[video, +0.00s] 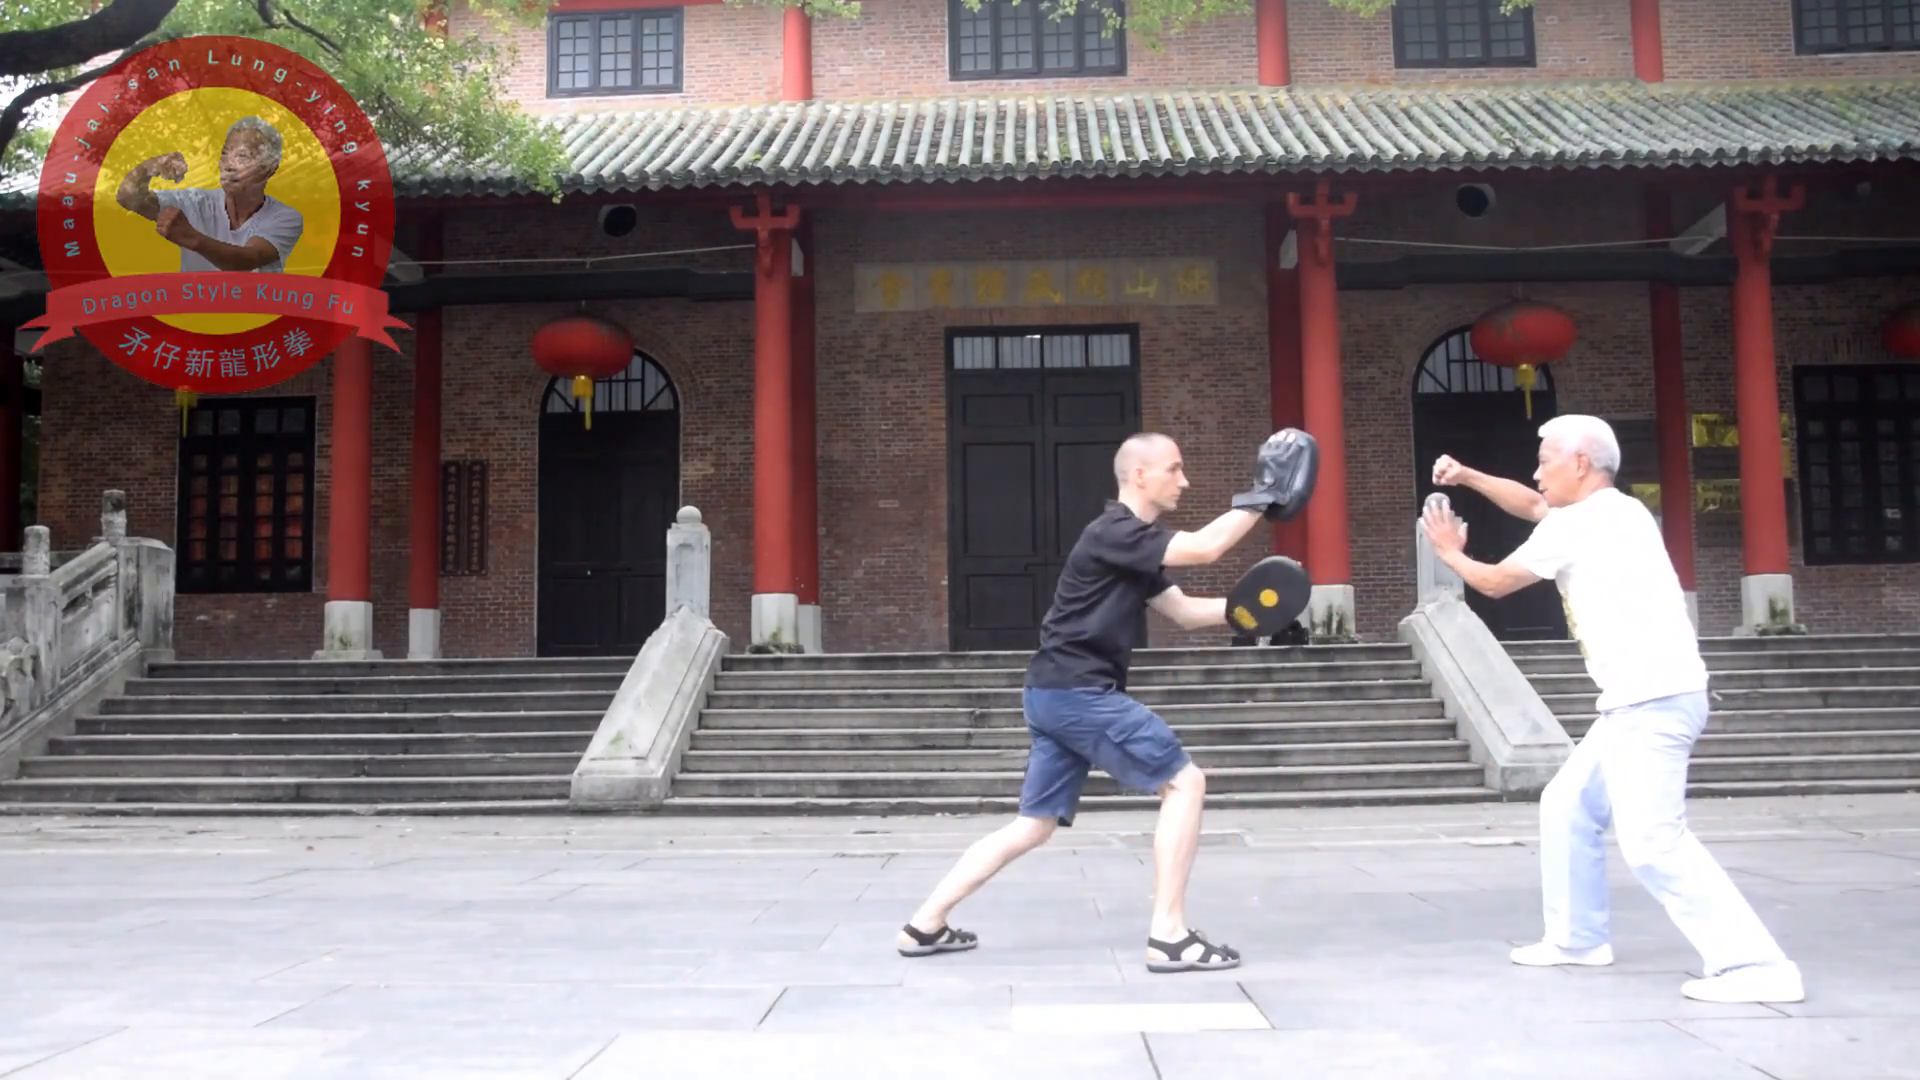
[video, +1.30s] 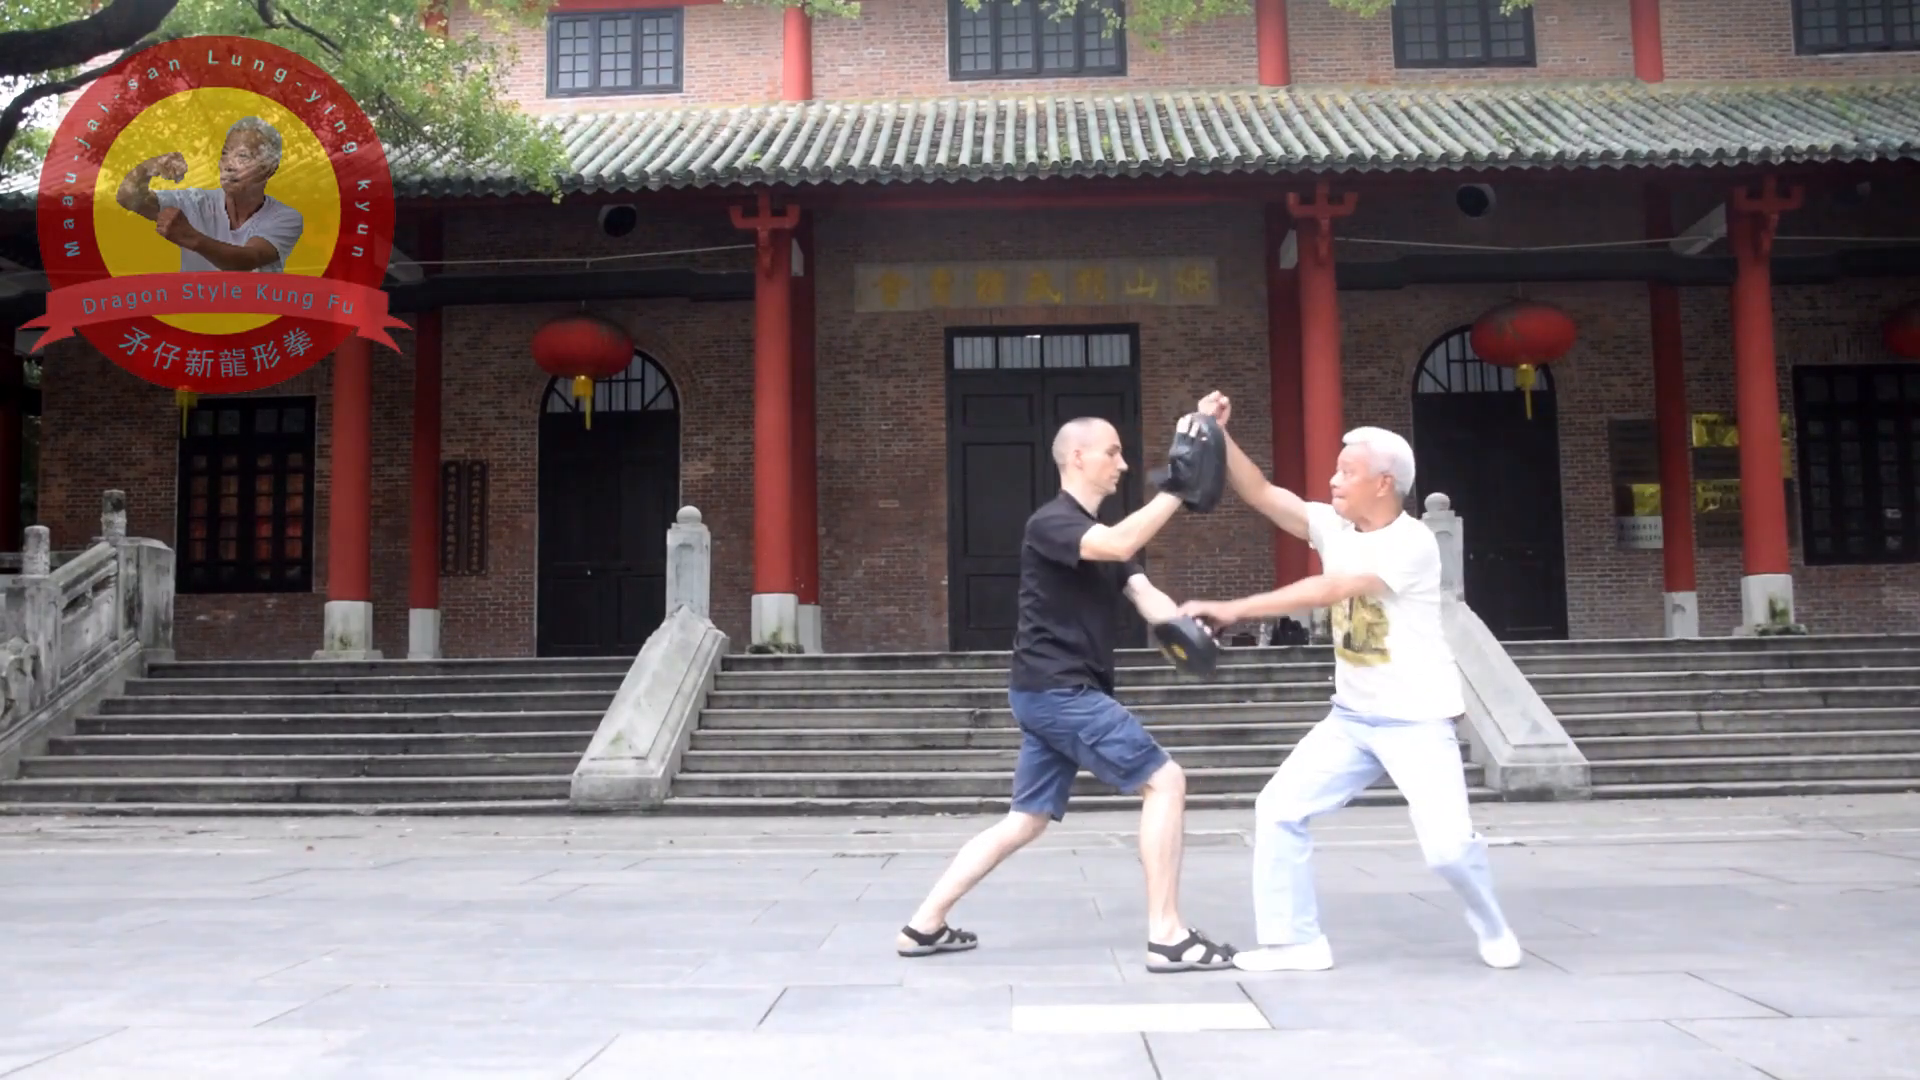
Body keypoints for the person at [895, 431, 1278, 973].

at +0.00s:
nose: (1184, 480)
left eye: (1183, 469)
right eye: (1175, 470)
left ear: (1142, 480)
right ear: (1139, 477)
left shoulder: (1125, 537)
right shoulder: (1116, 530)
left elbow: (1183, 611)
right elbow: (1205, 547)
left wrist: (1257, 609)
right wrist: (1261, 496)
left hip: (1053, 691)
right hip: (1076, 690)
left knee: (1033, 826)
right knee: (1185, 783)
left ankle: (925, 923)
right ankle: (1169, 935)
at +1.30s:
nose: (1124, 463)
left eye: (1122, 454)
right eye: (1114, 453)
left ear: (1088, 460)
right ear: (1078, 459)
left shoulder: (1103, 530)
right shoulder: (1050, 521)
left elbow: (1143, 594)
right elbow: (1118, 543)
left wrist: (1182, 625)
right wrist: (1180, 483)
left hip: (1056, 688)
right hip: (1056, 687)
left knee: (1025, 821)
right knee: (1165, 783)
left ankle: (924, 924)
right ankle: (1168, 935)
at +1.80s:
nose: (1084, 457)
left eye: (1082, 446)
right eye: (1073, 447)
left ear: (1043, 457)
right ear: (1037, 455)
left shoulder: (1037, 516)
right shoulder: (1024, 511)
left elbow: (1057, 608)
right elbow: (1052, 583)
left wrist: (1126, 622)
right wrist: (1118, 541)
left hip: (1019, 687)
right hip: (1036, 686)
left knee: (1070, 817)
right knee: (1135, 785)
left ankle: (958, 894)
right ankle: (1167, 937)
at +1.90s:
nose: (1059, 456)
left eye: (1059, 446)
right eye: (1049, 446)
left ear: (1022, 450)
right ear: (1014, 449)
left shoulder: (1015, 514)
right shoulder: (993, 509)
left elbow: (1038, 610)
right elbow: (1006, 595)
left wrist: (1109, 586)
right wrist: (1085, 574)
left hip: (1010, 683)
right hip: (996, 684)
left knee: (1053, 809)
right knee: (1082, 792)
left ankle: (953, 909)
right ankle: (1150, 930)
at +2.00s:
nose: (1037, 464)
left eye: (1037, 453)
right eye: (1027, 453)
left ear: (1004, 460)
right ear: (991, 458)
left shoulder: (1005, 528)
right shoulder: (962, 518)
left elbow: (1041, 581)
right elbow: (1002, 598)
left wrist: (1100, 572)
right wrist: (1081, 581)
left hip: (979, 682)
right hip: (944, 682)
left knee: (1019, 803)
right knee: (1041, 768)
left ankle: (943, 917)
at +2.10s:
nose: (1013, 468)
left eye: (1013, 458)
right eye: (1003, 457)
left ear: (980, 463)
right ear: (968, 461)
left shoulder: (981, 527)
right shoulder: (939, 522)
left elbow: (1048, 560)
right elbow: (1004, 590)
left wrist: (1112, 520)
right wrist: (1083, 588)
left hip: (950, 682)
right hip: (911, 684)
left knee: (999, 802)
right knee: (980, 799)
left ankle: (940, 922)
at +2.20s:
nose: (987, 467)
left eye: (987, 457)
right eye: (978, 457)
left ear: (952, 465)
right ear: (941, 463)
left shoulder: (953, 523)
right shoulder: (916, 525)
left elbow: (1026, 549)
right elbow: (989, 589)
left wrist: (1087, 506)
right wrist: (1068, 595)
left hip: (927, 695)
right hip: (882, 695)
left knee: (978, 795)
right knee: (875, 830)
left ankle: (939, 923)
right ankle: (754, 908)